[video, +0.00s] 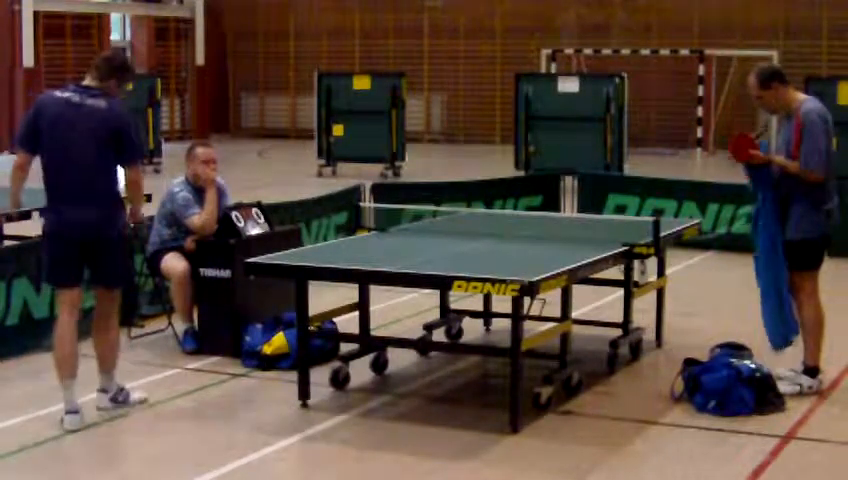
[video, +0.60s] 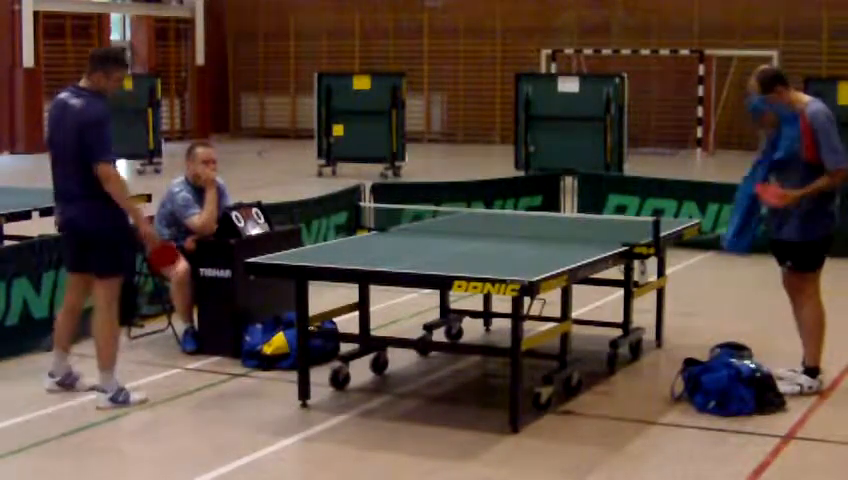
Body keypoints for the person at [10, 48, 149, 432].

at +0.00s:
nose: (122, 91)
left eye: (123, 86)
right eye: (124, 86)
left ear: (91, 70)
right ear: (117, 82)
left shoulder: (48, 104)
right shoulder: (115, 114)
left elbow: (21, 163)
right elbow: (134, 174)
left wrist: (14, 205)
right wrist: (136, 212)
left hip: (61, 222)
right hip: (106, 223)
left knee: (66, 308)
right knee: (107, 307)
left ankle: (70, 406)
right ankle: (108, 388)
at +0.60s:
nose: (120, 86)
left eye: (121, 80)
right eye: (117, 79)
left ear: (90, 72)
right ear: (102, 75)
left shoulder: (60, 103)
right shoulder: (96, 111)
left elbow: (60, 159)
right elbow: (106, 172)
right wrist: (137, 215)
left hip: (71, 215)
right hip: (102, 217)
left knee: (75, 293)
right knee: (107, 299)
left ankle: (59, 370)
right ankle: (110, 385)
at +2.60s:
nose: (82, 76)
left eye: (83, 70)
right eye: (76, 69)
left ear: (72, 75)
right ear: (51, 71)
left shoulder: (83, 115)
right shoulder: (15, 117)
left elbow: (99, 163)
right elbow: (4, 163)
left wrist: (130, 195)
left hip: (78, 229)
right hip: (34, 232)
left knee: (84, 305)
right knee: (25, 309)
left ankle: (80, 407)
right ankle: (12, 385)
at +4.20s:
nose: (264, 74)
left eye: (263, 66)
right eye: (262, 66)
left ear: (231, 65)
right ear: (252, 67)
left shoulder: (223, 107)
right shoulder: (232, 113)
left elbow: (222, 183)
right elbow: (227, 186)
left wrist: (270, 220)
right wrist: (280, 219)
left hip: (233, 242)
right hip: (241, 245)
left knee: (246, 330)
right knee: (273, 324)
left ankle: (248, 426)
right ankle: (229, 430)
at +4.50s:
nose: (289, 76)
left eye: (286, 68)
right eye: (288, 69)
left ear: (249, 69)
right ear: (282, 71)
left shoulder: (227, 109)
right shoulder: (270, 121)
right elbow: (271, 198)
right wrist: (310, 230)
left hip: (230, 240)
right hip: (262, 246)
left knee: (250, 328)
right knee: (274, 337)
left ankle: (246, 424)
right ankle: (272, 451)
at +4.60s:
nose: (309, 84)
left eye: (308, 77)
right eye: (307, 77)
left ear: (268, 72)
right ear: (298, 77)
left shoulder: (232, 108)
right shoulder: (281, 127)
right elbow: (287, 203)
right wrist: (321, 233)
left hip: (231, 244)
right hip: (268, 251)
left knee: (246, 331)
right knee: (272, 340)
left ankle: (245, 423)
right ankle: (272, 450)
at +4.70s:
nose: (312, 87)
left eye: (311, 80)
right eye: (312, 81)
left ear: (275, 72)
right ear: (304, 81)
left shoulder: (234, 107)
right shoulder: (289, 131)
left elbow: (219, 175)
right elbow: (299, 207)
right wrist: (329, 240)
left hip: (230, 245)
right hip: (272, 253)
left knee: (240, 333)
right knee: (270, 347)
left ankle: (241, 423)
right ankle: (272, 452)